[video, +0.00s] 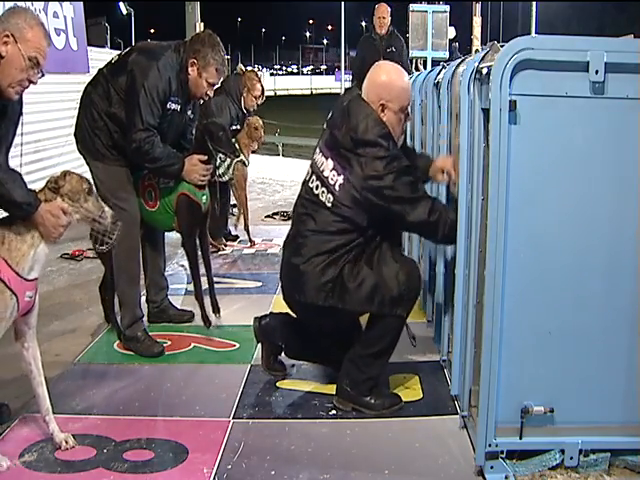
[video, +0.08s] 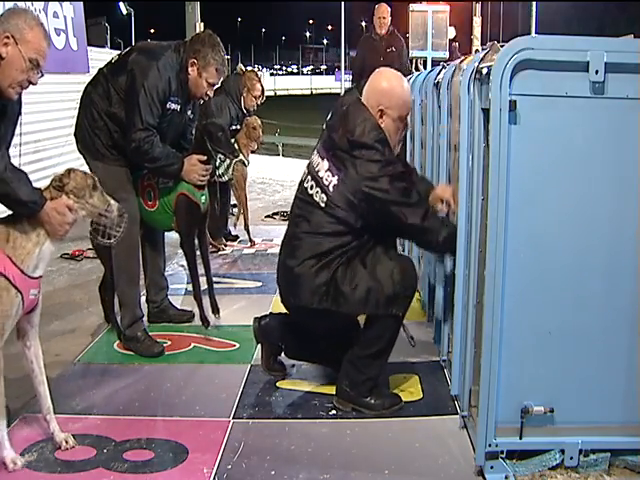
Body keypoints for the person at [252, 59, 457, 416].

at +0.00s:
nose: (407, 119)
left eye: (407, 111)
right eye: (403, 112)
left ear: (374, 105)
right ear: (382, 110)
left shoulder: (349, 124)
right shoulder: (378, 164)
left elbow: (391, 154)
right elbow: (438, 221)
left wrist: (429, 166)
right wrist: (489, 225)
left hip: (302, 267)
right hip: (324, 278)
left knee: (349, 351)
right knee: (404, 279)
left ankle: (276, 330)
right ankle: (358, 387)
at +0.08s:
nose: (405, 128)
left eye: (406, 120)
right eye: (402, 120)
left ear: (373, 109)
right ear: (380, 115)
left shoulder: (347, 128)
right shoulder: (375, 168)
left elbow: (392, 168)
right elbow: (428, 227)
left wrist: (429, 190)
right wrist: (473, 242)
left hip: (299, 270)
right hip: (320, 280)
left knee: (348, 351)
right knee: (400, 277)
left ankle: (275, 330)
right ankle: (358, 388)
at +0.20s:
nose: (401, 135)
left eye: (403, 127)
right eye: (398, 127)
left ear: (373, 115)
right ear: (376, 119)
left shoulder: (344, 137)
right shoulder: (362, 167)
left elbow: (395, 185)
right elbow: (403, 238)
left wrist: (430, 220)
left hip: (298, 276)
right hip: (313, 287)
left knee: (360, 351)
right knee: (394, 273)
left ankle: (278, 332)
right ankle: (358, 387)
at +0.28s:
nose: (399, 137)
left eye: (401, 129)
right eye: (395, 129)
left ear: (374, 116)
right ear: (374, 120)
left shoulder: (349, 135)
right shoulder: (355, 159)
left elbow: (395, 192)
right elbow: (391, 225)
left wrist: (430, 239)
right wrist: (423, 267)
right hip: (309, 281)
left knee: (358, 352)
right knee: (390, 274)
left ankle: (277, 332)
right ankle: (358, 388)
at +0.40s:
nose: (394, 138)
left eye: (397, 131)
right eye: (391, 130)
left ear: (371, 116)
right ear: (369, 118)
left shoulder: (362, 141)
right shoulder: (341, 146)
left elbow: (397, 203)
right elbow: (369, 226)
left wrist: (431, 262)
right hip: (305, 278)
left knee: (352, 350)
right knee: (389, 277)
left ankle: (276, 333)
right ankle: (358, 388)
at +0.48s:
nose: (395, 139)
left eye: (399, 131)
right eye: (390, 131)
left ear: (375, 117)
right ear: (366, 119)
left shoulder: (378, 146)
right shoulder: (336, 147)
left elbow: (397, 215)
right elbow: (353, 233)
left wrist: (431, 276)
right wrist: (388, 227)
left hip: (331, 274)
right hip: (301, 276)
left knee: (353, 349)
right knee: (387, 272)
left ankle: (276, 332)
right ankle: (358, 388)